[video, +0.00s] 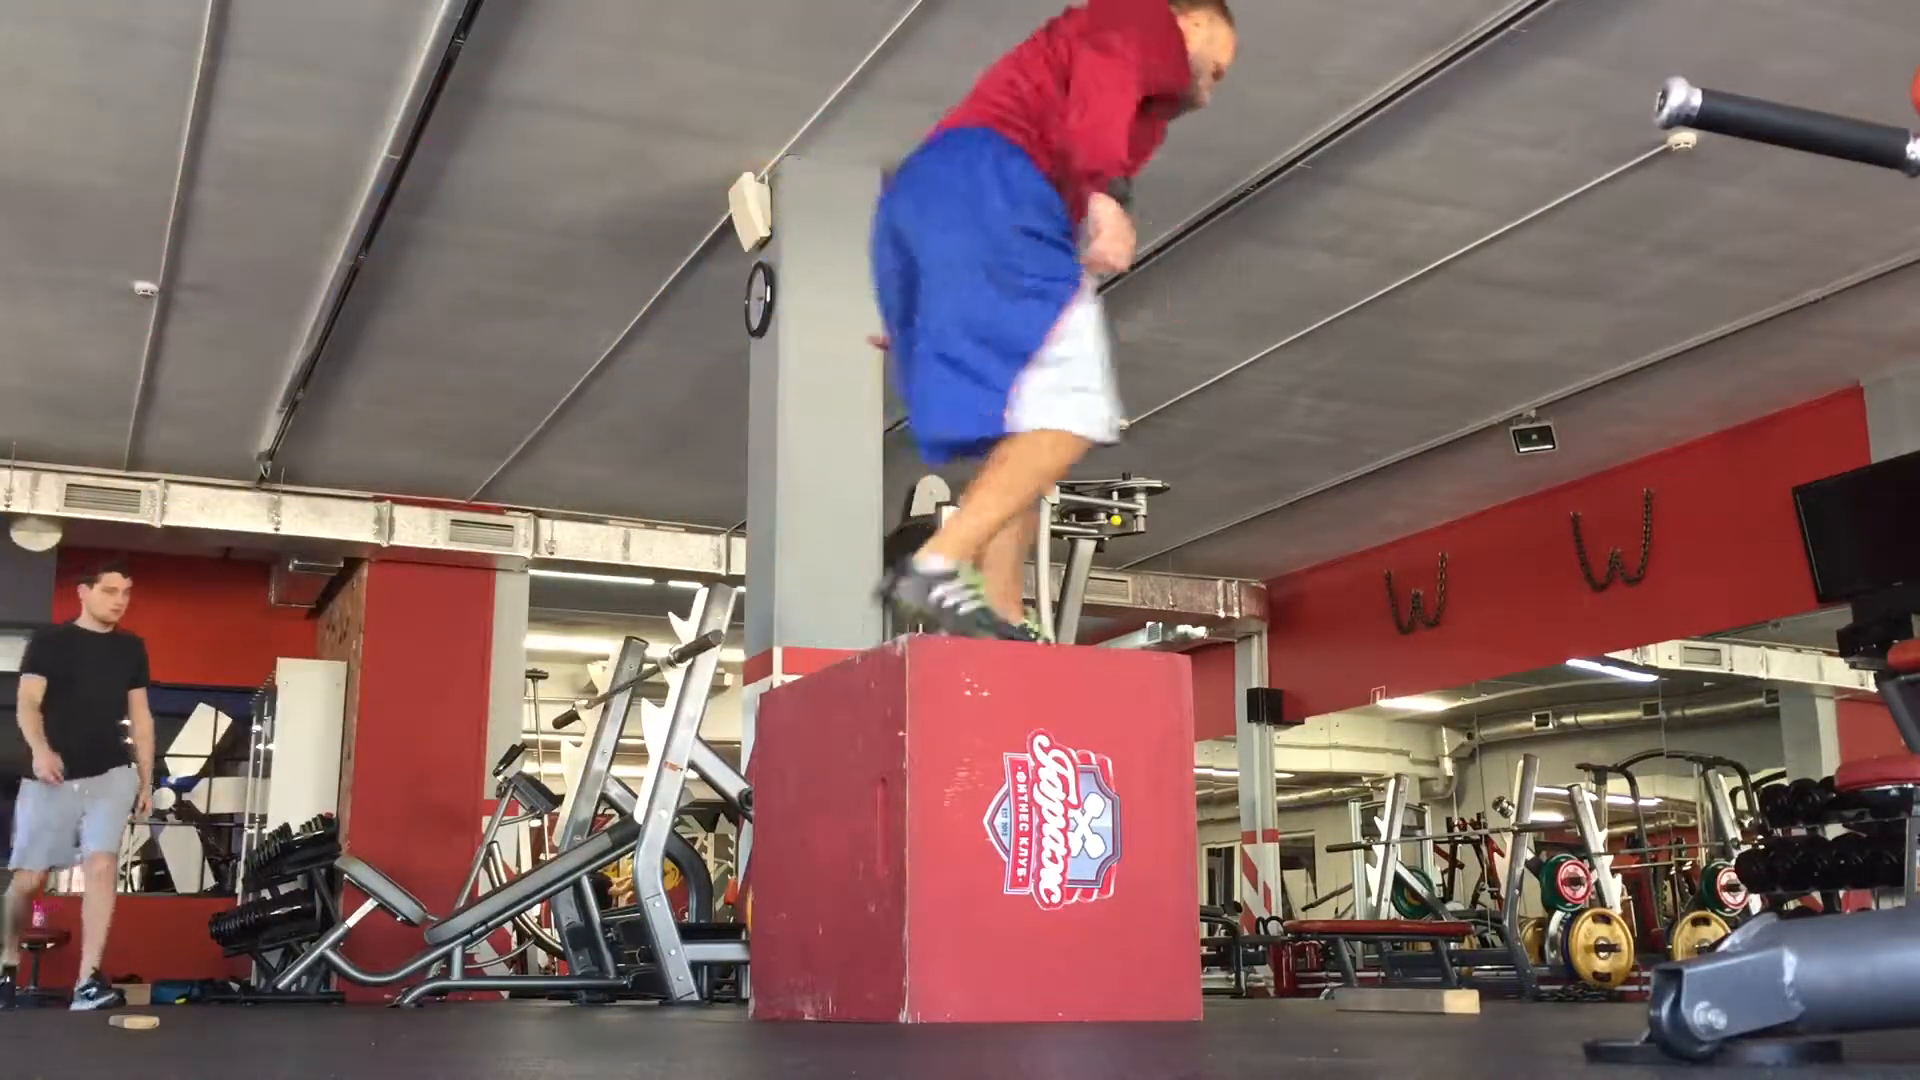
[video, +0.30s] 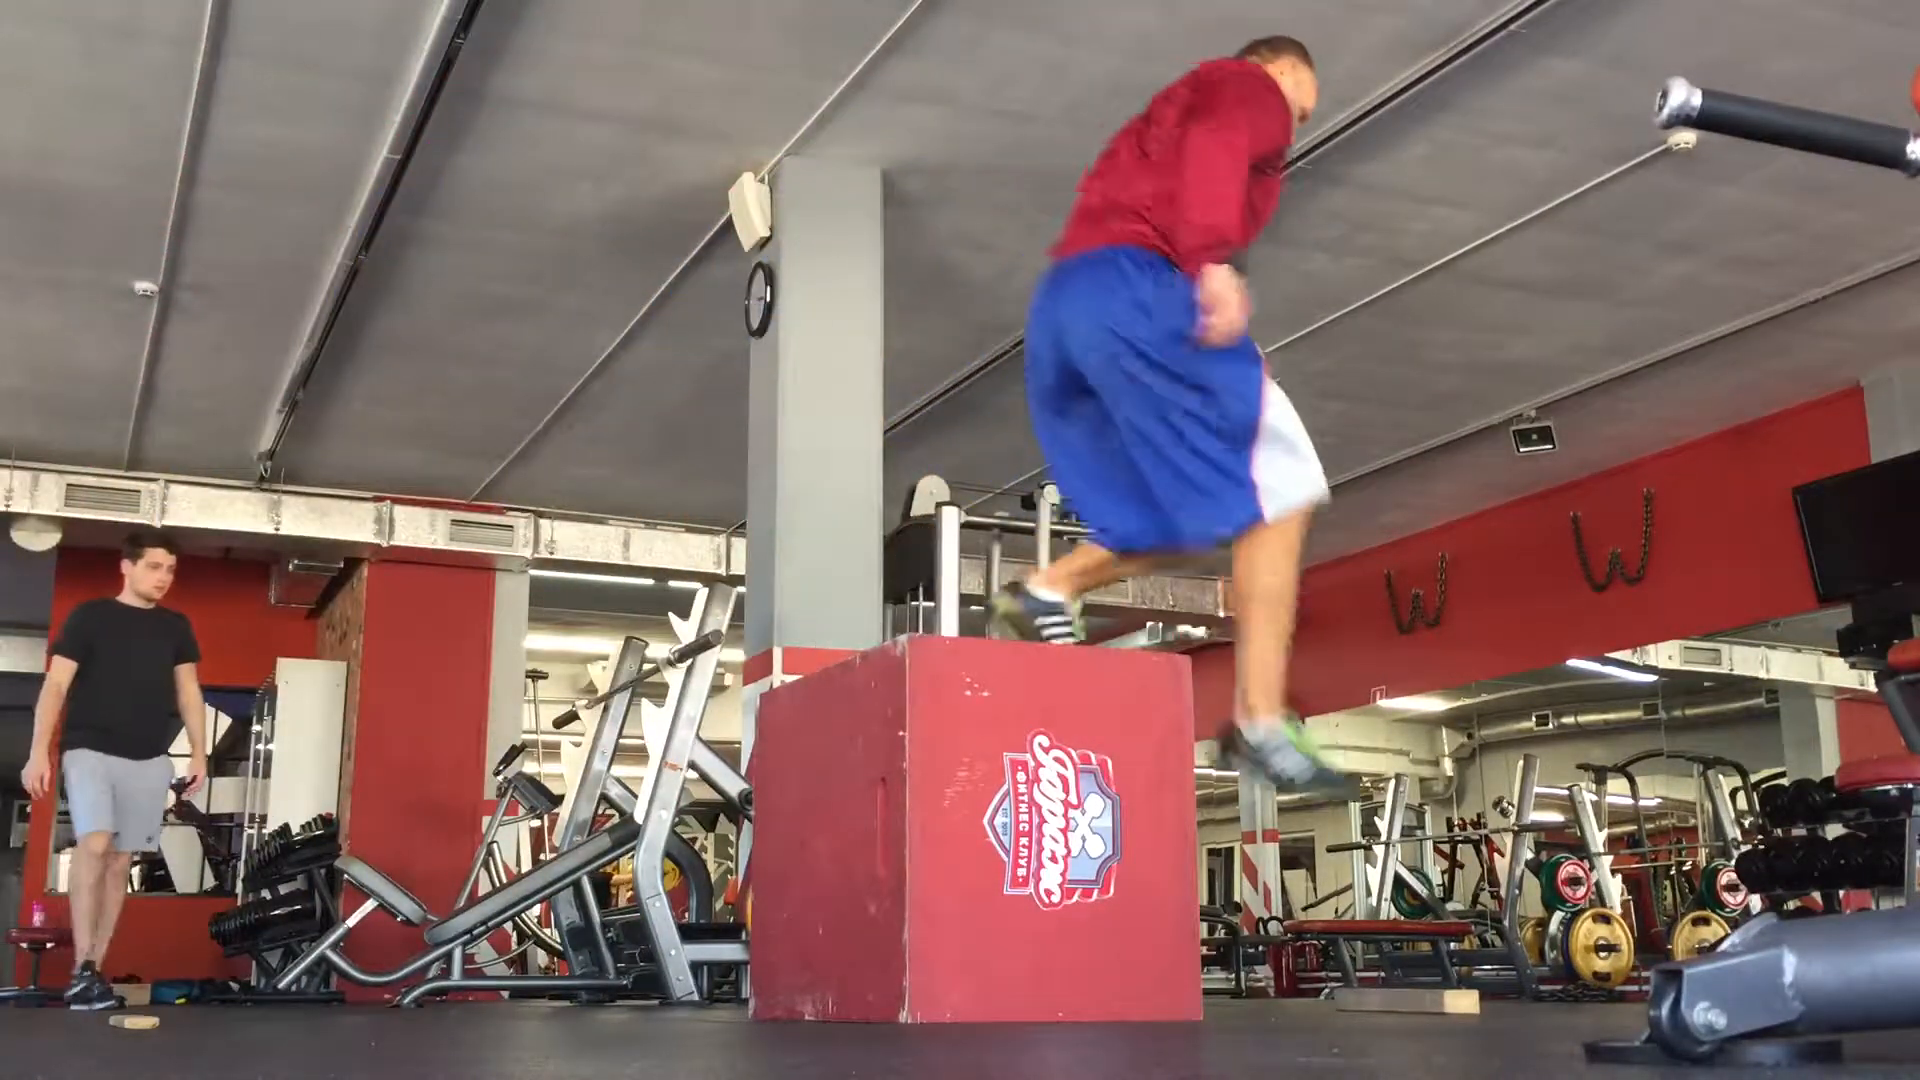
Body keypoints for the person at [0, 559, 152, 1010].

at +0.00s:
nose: (119, 600)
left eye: (125, 592)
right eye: (110, 591)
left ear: (128, 597)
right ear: (84, 593)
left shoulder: (131, 648)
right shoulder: (49, 640)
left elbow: (141, 718)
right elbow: (28, 704)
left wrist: (145, 779)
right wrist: (40, 750)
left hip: (111, 776)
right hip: (52, 778)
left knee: (102, 867)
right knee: (29, 879)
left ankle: (87, 980)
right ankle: (8, 966)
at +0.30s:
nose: (164, 576)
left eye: (169, 569)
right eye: (155, 566)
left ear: (173, 574)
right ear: (127, 567)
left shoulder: (175, 626)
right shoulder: (90, 616)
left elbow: (189, 692)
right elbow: (55, 686)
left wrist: (198, 751)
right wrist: (39, 752)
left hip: (147, 759)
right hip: (89, 752)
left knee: (119, 861)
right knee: (97, 843)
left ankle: (92, 972)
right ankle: (84, 968)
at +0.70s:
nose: (206, 548)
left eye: (212, 540)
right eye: (195, 538)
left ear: (215, 545)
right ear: (166, 540)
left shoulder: (220, 603)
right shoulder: (134, 594)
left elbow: (231, 673)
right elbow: (103, 667)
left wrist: (239, 739)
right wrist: (96, 736)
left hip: (195, 746)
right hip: (131, 741)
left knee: (182, 852)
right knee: (127, 850)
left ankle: (140, 926)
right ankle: (123, 972)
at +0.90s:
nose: (239, 540)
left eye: (245, 531)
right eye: (230, 529)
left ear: (246, 536)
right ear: (200, 529)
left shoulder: (247, 593)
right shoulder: (158, 584)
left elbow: (254, 669)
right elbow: (141, 653)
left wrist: (257, 734)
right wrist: (167, 705)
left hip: (225, 738)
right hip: (157, 740)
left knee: (223, 831)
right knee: (137, 846)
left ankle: (196, 959)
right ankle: (127, 968)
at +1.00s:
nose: (261, 540)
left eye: (266, 531)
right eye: (252, 529)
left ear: (267, 537)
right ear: (221, 529)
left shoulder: (263, 601)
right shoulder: (178, 583)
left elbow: (271, 672)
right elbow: (162, 650)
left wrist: (275, 741)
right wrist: (193, 699)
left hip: (243, 742)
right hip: (174, 741)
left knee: (236, 845)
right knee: (148, 850)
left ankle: (230, 971)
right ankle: (129, 965)